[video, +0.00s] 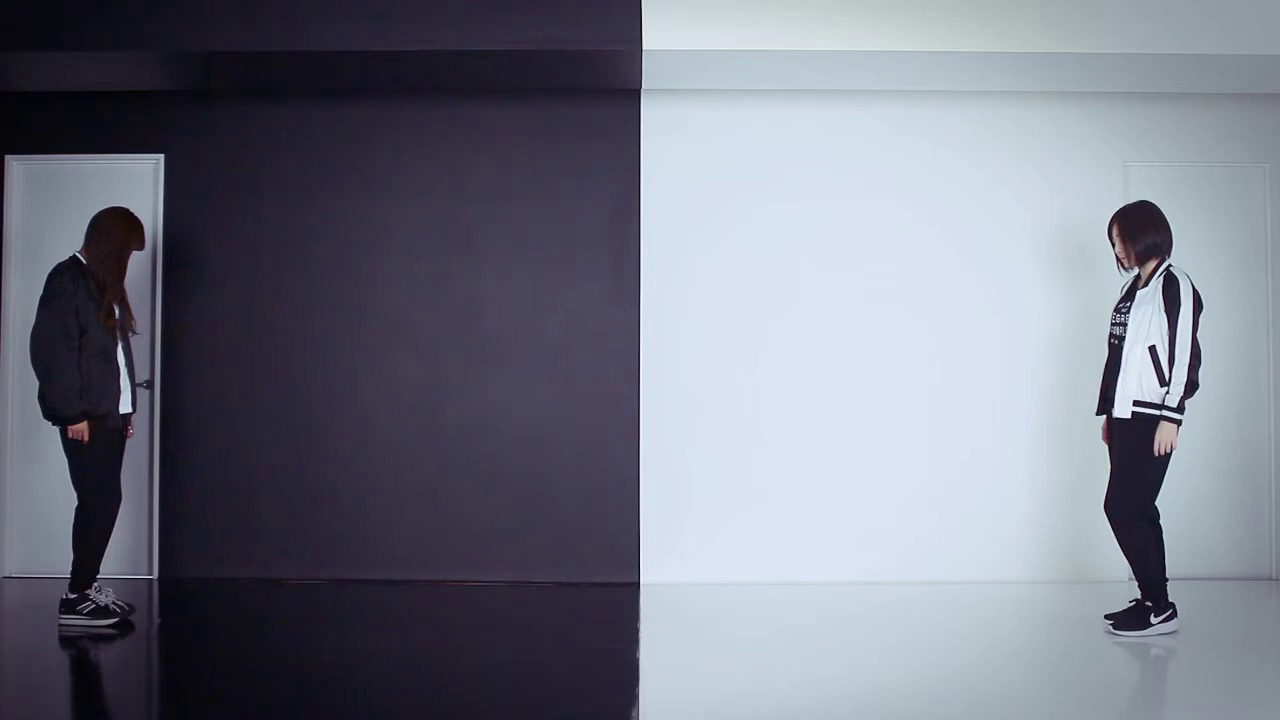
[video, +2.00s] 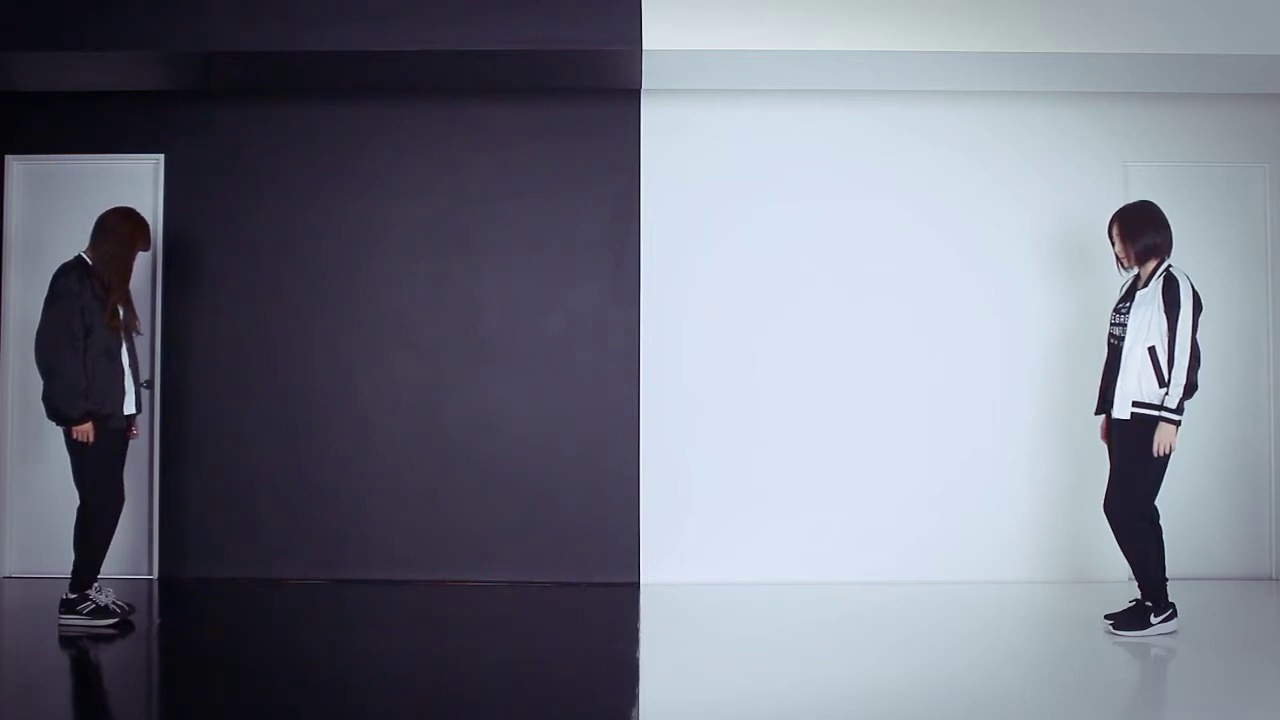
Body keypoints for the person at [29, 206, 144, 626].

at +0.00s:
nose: (128, 260)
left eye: (131, 252)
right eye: (127, 251)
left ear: (103, 241)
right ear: (110, 244)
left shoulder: (105, 284)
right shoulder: (67, 278)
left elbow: (114, 354)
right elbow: (50, 349)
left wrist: (125, 409)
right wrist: (71, 412)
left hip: (109, 415)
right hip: (84, 417)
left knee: (106, 499)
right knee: (97, 500)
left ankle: (86, 589)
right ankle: (77, 596)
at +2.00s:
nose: (134, 260)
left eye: (137, 252)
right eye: (133, 250)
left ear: (110, 241)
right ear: (116, 244)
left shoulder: (110, 283)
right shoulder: (73, 279)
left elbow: (119, 353)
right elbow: (56, 350)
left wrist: (130, 410)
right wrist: (76, 412)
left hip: (112, 415)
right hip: (88, 417)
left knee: (109, 500)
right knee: (100, 502)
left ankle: (86, 590)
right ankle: (78, 596)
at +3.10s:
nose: (132, 259)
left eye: (135, 251)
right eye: (130, 250)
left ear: (107, 240)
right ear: (113, 244)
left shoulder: (109, 283)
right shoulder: (70, 278)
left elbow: (118, 353)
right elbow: (55, 349)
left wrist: (129, 410)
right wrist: (76, 412)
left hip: (112, 415)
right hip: (86, 416)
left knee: (107, 500)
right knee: (98, 501)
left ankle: (86, 590)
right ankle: (77, 597)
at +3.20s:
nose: (132, 259)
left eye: (135, 251)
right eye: (130, 250)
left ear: (107, 240)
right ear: (113, 244)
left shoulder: (109, 283)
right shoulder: (70, 278)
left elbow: (118, 353)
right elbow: (55, 349)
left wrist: (130, 410)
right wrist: (75, 412)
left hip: (112, 415)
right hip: (86, 416)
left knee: (107, 499)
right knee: (98, 501)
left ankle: (86, 590)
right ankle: (77, 597)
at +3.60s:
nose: (133, 259)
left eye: (136, 251)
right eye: (131, 250)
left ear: (108, 240)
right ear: (114, 244)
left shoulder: (109, 283)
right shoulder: (71, 278)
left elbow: (118, 354)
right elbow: (55, 349)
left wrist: (129, 410)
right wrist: (76, 412)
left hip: (111, 415)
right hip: (87, 417)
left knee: (106, 501)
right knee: (98, 502)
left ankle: (86, 590)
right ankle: (77, 597)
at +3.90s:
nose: (135, 258)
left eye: (138, 250)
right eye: (133, 249)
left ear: (112, 240)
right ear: (116, 242)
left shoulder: (114, 283)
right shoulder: (75, 278)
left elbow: (123, 354)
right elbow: (58, 349)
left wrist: (132, 411)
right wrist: (77, 411)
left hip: (114, 415)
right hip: (88, 417)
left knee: (108, 500)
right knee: (98, 501)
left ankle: (86, 590)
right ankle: (78, 596)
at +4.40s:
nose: (156, 256)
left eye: (157, 247)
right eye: (153, 247)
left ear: (129, 240)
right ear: (136, 242)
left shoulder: (132, 285)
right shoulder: (96, 279)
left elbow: (135, 358)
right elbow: (80, 350)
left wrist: (145, 414)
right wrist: (98, 413)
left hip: (128, 414)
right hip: (111, 415)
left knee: (104, 503)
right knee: (156, 489)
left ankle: (87, 592)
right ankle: (107, 576)